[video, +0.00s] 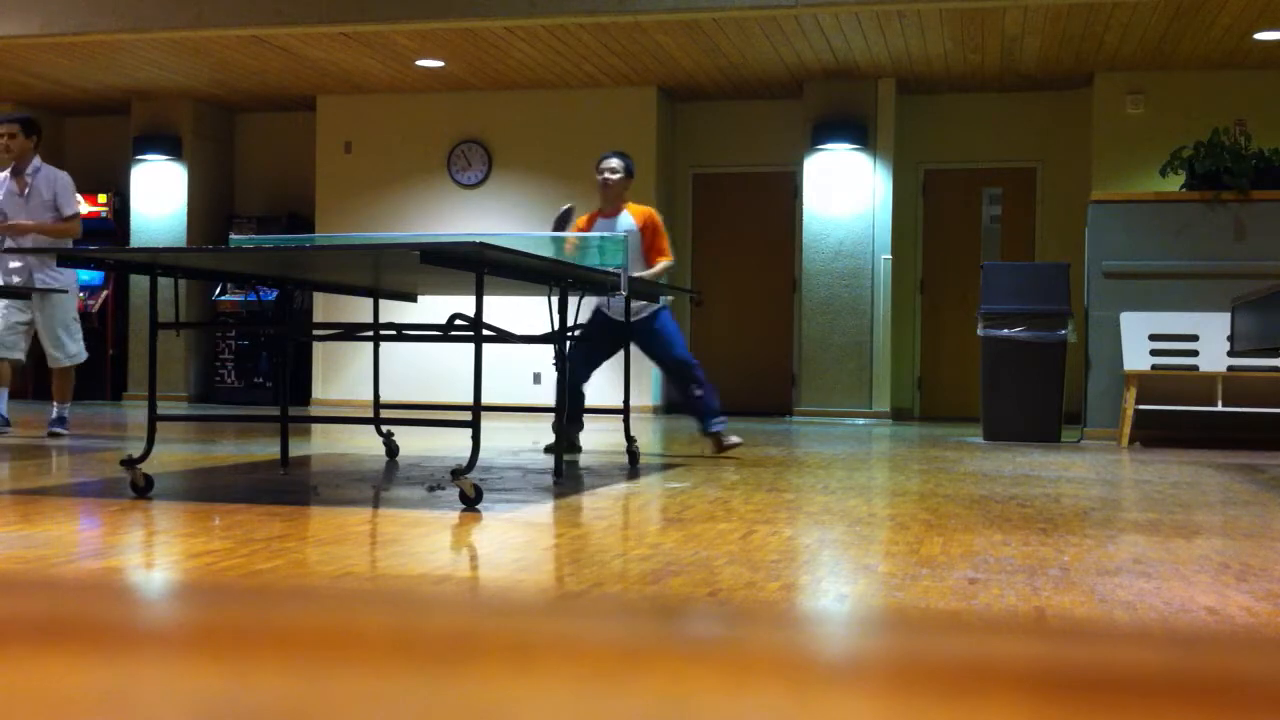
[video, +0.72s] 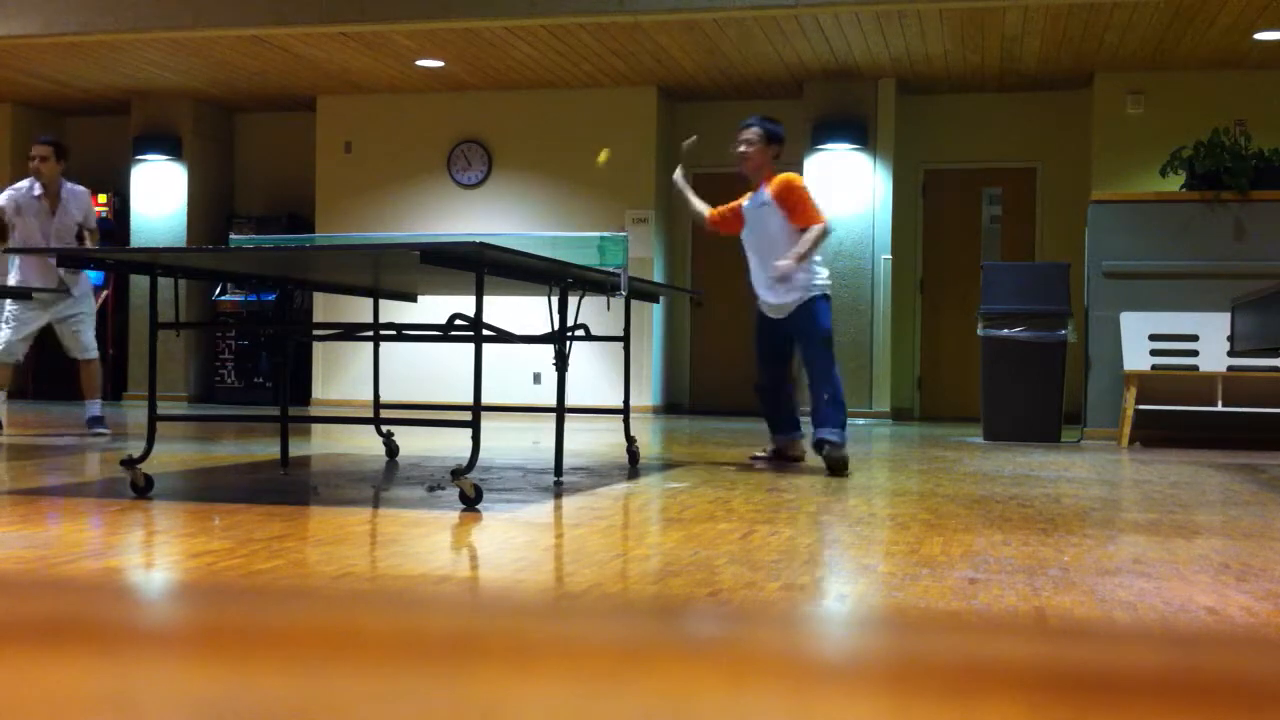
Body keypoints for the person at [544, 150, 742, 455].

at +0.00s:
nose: (606, 177)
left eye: (613, 172)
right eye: (602, 172)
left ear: (628, 179)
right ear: (595, 178)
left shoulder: (646, 217)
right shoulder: (585, 224)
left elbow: (666, 259)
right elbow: (568, 263)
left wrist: (644, 278)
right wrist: (560, 235)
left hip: (648, 313)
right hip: (607, 314)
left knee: (681, 362)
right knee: (571, 369)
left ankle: (716, 431)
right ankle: (568, 437)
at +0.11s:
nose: (629, 166)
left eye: (636, 160)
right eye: (625, 161)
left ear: (651, 165)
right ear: (619, 167)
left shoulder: (672, 203)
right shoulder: (612, 215)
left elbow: (694, 243)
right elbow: (594, 256)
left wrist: (668, 262)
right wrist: (581, 230)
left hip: (673, 306)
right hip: (629, 307)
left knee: (701, 365)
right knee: (601, 368)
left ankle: (723, 436)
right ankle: (573, 431)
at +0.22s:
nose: (661, 153)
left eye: (667, 147)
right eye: (656, 148)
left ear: (681, 153)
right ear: (651, 155)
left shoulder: (701, 184)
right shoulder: (652, 204)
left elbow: (718, 226)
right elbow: (641, 248)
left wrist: (674, 245)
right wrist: (622, 226)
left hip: (709, 297)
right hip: (670, 299)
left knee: (718, 370)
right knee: (636, 360)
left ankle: (727, 440)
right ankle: (628, 435)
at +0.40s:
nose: (687, 145)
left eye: (695, 139)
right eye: (684, 140)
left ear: (711, 144)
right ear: (681, 148)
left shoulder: (730, 175)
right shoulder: (691, 195)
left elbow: (734, 222)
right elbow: (686, 241)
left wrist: (691, 242)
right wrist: (657, 245)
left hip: (744, 278)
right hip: (714, 284)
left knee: (741, 349)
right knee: (718, 351)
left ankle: (752, 426)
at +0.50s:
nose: (708, 155)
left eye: (715, 148)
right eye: (705, 149)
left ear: (732, 152)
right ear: (702, 155)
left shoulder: (751, 188)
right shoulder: (716, 202)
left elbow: (752, 237)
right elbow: (693, 241)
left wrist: (707, 251)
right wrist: (652, 255)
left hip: (764, 288)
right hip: (737, 293)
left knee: (764, 361)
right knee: (743, 369)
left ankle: (799, 436)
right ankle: (781, 439)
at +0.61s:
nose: (722, 160)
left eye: (730, 153)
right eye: (719, 154)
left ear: (751, 157)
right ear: (718, 160)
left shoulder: (766, 192)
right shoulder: (733, 207)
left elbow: (778, 241)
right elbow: (703, 235)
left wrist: (731, 262)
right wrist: (657, 226)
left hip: (785, 293)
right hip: (754, 301)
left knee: (799, 363)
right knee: (750, 376)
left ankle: (828, 441)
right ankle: (784, 441)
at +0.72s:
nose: (740, 150)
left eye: (750, 143)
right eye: (739, 144)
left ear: (773, 150)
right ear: (737, 152)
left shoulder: (787, 185)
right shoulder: (746, 205)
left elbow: (817, 227)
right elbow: (710, 218)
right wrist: (682, 186)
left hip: (806, 294)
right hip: (771, 303)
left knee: (820, 362)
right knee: (772, 378)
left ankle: (832, 443)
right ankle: (787, 446)